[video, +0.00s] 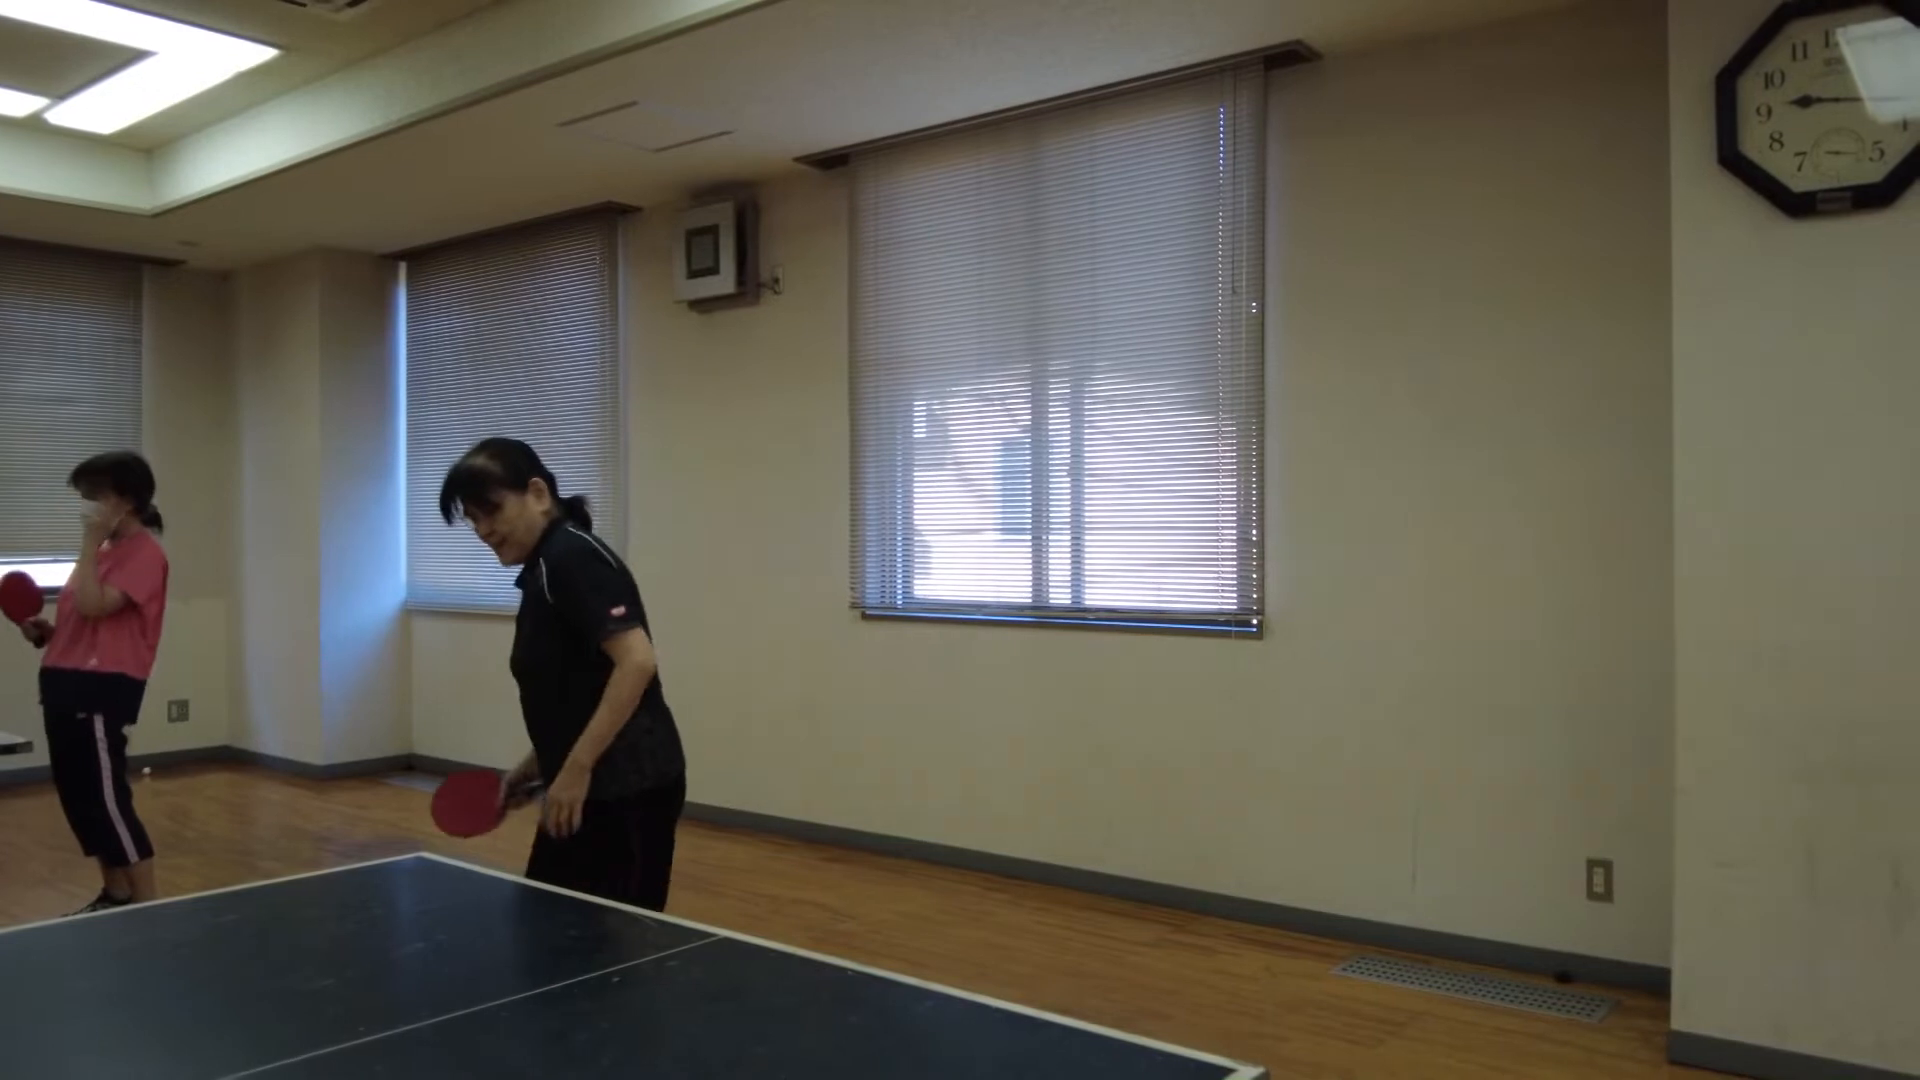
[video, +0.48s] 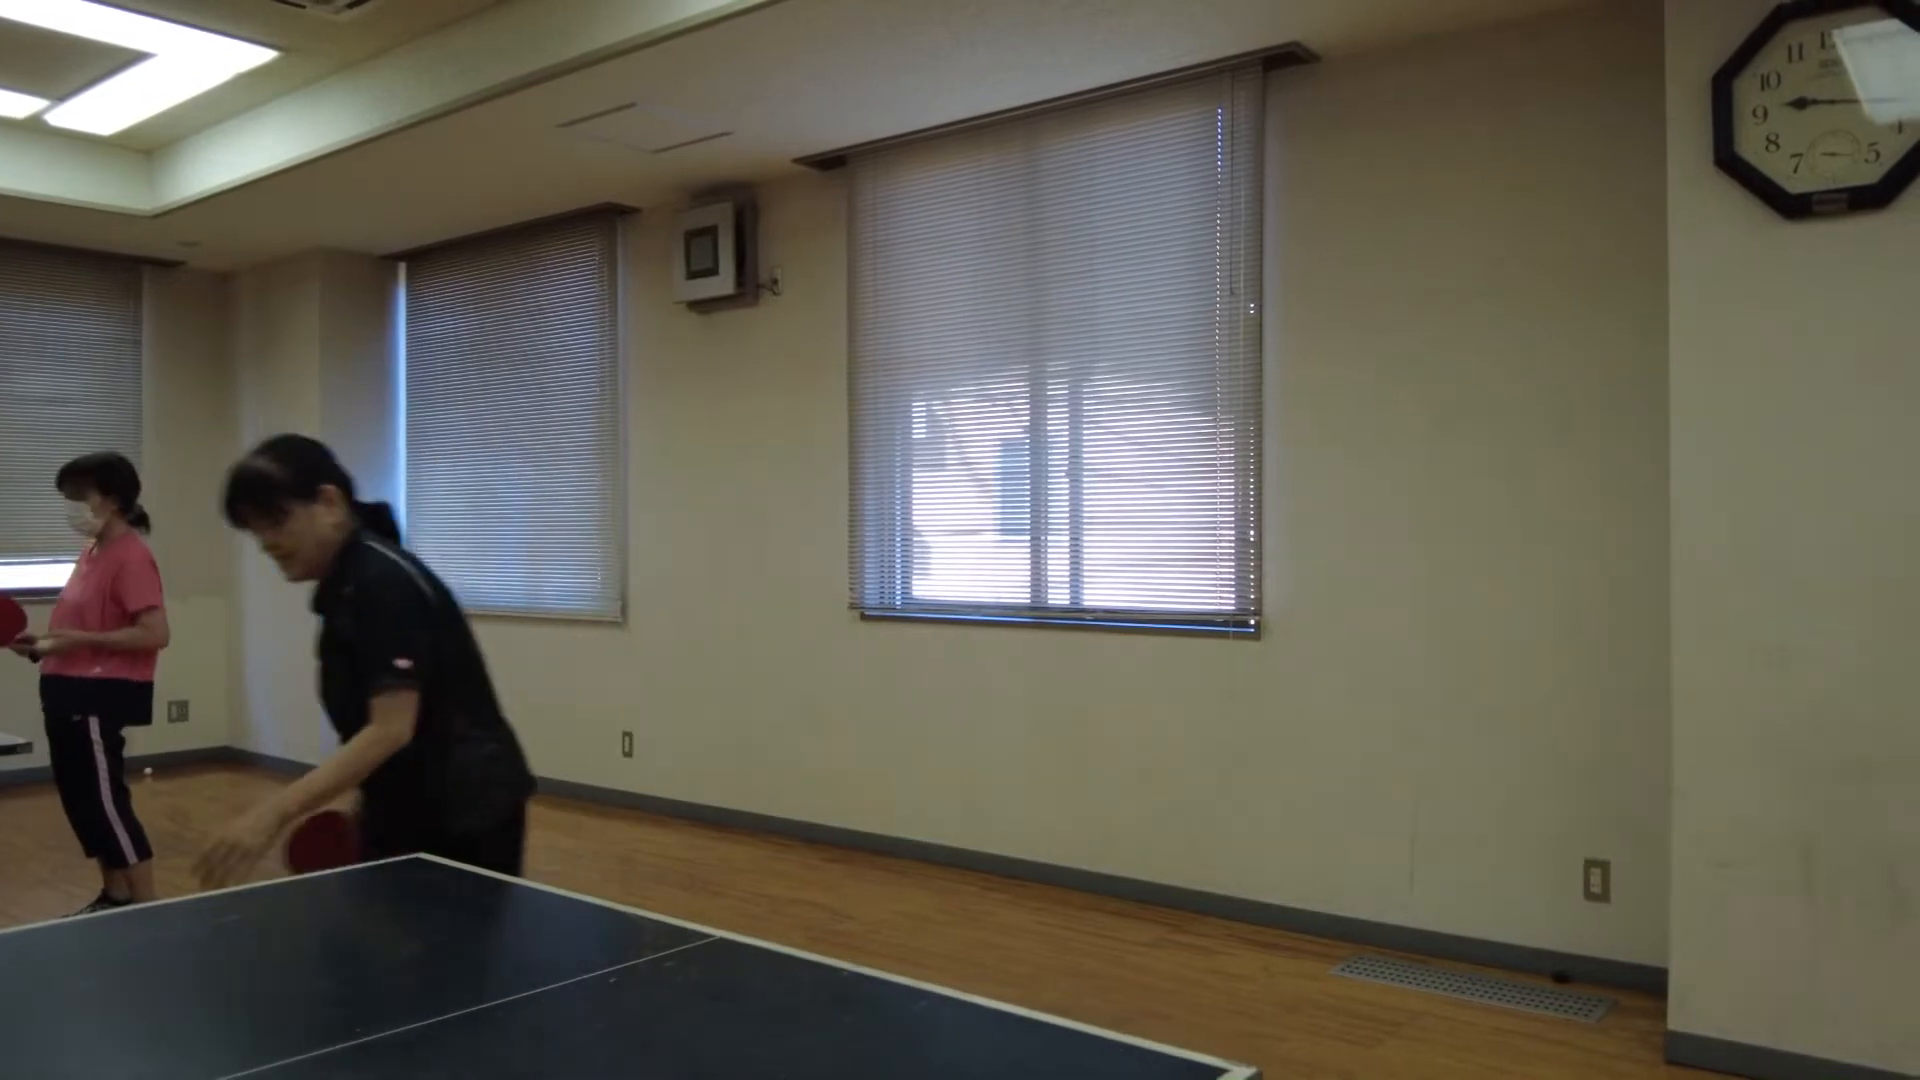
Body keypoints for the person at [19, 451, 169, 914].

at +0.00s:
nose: (86, 508)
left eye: (95, 497)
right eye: (85, 499)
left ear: (127, 501)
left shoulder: (146, 552)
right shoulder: (104, 552)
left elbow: (93, 603)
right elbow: (84, 625)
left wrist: (90, 541)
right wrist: (49, 633)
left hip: (104, 685)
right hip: (68, 683)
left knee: (108, 797)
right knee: (80, 793)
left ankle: (148, 907)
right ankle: (117, 894)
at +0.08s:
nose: (84, 509)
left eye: (93, 498)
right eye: (82, 499)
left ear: (125, 501)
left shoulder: (145, 555)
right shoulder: (103, 549)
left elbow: (101, 615)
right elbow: (84, 622)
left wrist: (89, 552)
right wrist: (49, 633)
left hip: (103, 690)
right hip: (66, 687)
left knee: (109, 799)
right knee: (78, 795)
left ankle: (148, 908)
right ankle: (117, 894)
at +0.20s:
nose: (81, 507)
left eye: (91, 497)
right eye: (79, 498)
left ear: (122, 500)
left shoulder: (141, 555)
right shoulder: (95, 554)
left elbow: (121, 631)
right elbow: (85, 641)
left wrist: (77, 577)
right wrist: (40, 641)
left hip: (101, 694)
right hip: (67, 690)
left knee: (108, 800)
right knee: (79, 796)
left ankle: (147, 908)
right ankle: (117, 895)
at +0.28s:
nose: (79, 508)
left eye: (88, 498)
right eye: (77, 499)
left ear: (119, 500)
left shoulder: (140, 555)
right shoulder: (96, 552)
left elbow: (137, 637)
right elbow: (86, 635)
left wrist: (69, 605)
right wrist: (39, 643)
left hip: (100, 695)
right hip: (67, 691)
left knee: (108, 801)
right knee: (79, 797)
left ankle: (147, 908)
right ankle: (117, 896)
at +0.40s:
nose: (73, 509)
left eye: (82, 498)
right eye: (72, 499)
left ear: (113, 500)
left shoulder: (135, 554)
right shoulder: (96, 552)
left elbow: (148, 636)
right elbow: (87, 627)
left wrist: (67, 633)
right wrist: (40, 644)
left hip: (100, 693)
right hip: (68, 690)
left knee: (108, 800)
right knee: (81, 797)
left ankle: (146, 908)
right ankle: (116, 896)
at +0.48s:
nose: (69, 508)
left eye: (78, 498)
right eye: (68, 499)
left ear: (110, 500)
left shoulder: (132, 553)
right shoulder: (95, 551)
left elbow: (155, 633)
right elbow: (89, 624)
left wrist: (75, 640)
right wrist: (40, 644)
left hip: (101, 692)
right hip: (69, 688)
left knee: (108, 800)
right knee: (80, 797)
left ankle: (146, 908)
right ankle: (116, 896)